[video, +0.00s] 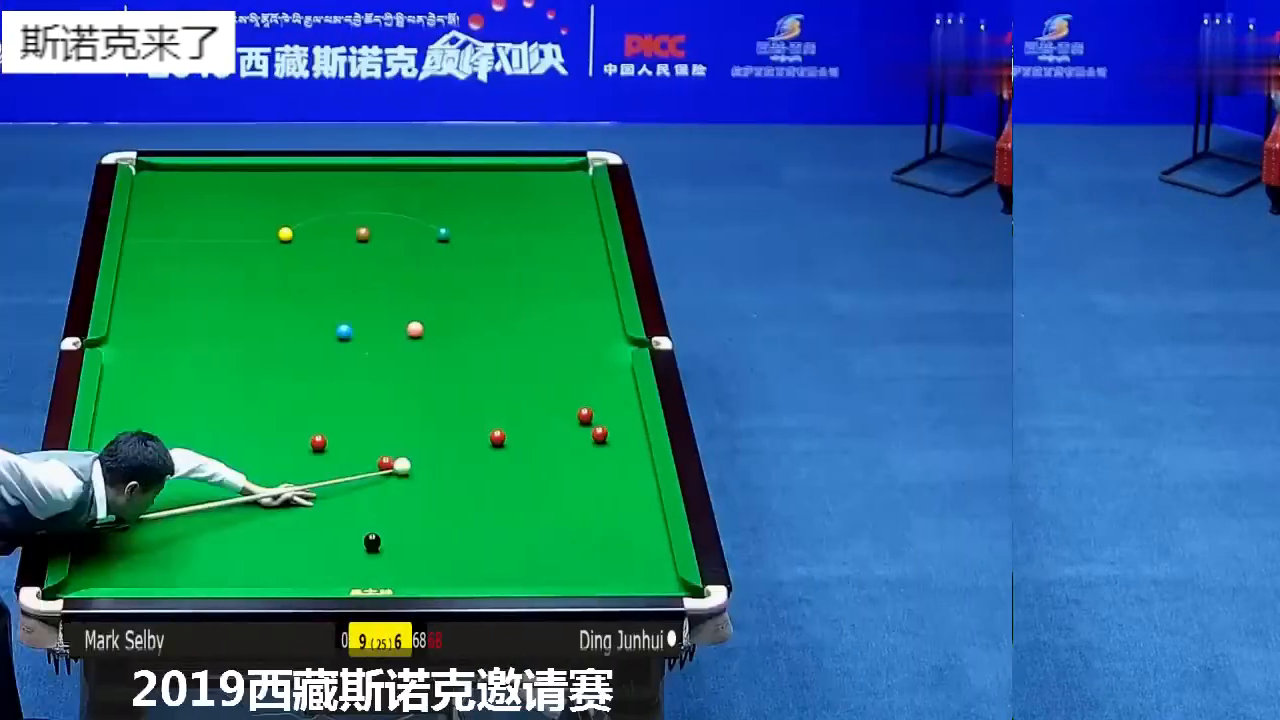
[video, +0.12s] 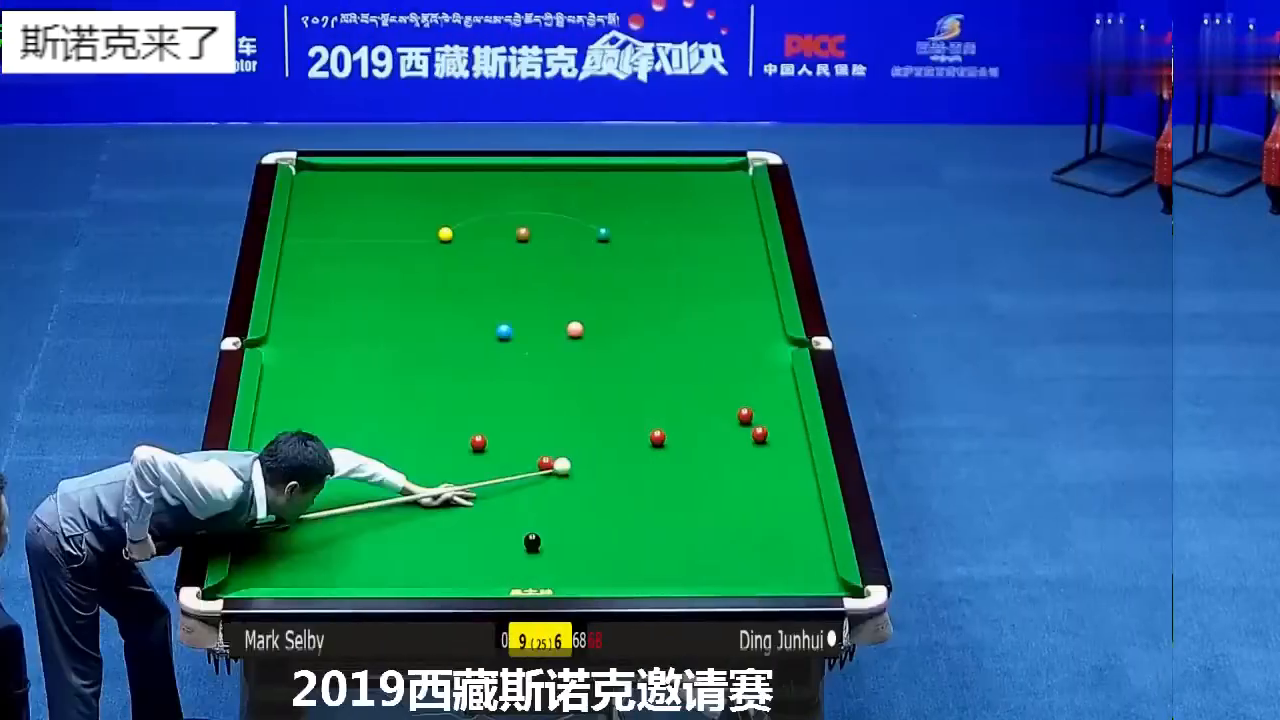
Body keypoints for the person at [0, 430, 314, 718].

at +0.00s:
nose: (152, 500)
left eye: (156, 492)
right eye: (152, 493)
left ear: (122, 475)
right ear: (130, 489)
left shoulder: (110, 469)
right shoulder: (63, 492)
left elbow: (183, 461)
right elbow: (4, 464)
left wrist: (253, 489)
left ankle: (15, 712)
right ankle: (14, 712)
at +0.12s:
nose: (311, 502)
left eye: (314, 493)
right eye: (309, 495)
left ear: (288, 476)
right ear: (288, 488)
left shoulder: (270, 471)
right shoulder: (222, 492)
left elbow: (347, 461)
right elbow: (147, 458)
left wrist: (414, 489)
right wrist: (140, 532)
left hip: (97, 531)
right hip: (64, 537)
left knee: (148, 623)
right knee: (78, 675)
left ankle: (158, 718)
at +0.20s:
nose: (420, 503)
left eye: (422, 494)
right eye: (418, 495)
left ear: (395, 478)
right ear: (396, 489)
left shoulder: (380, 471)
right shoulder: (329, 493)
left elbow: (456, 462)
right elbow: (255, 458)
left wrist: (523, 489)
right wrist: (246, 535)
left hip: (206, 532)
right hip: (172, 536)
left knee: (255, 622)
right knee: (187, 674)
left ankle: (266, 717)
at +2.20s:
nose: (420, 503)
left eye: (422, 495)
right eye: (418, 496)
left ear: (392, 478)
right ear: (395, 489)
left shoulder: (377, 472)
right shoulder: (330, 491)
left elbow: (455, 462)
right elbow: (253, 469)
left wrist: (523, 489)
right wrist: (266, 534)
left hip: (211, 536)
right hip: (172, 538)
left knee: (256, 624)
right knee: (187, 672)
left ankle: (266, 718)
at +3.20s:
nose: (419, 502)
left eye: (422, 493)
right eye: (418, 495)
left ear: (393, 476)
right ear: (397, 489)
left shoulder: (379, 470)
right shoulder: (331, 492)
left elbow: (457, 463)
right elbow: (252, 469)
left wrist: (524, 491)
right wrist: (267, 534)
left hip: (214, 536)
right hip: (181, 538)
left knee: (258, 624)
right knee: (189, 674)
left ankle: (266, 716)